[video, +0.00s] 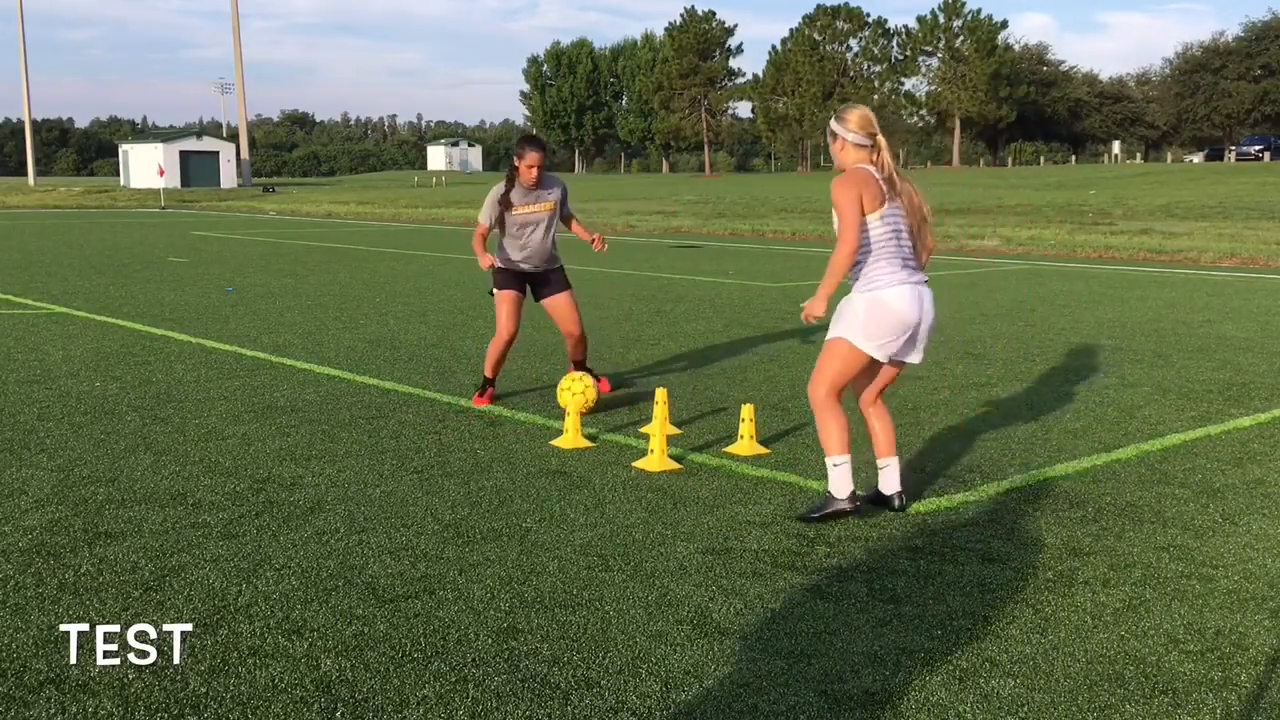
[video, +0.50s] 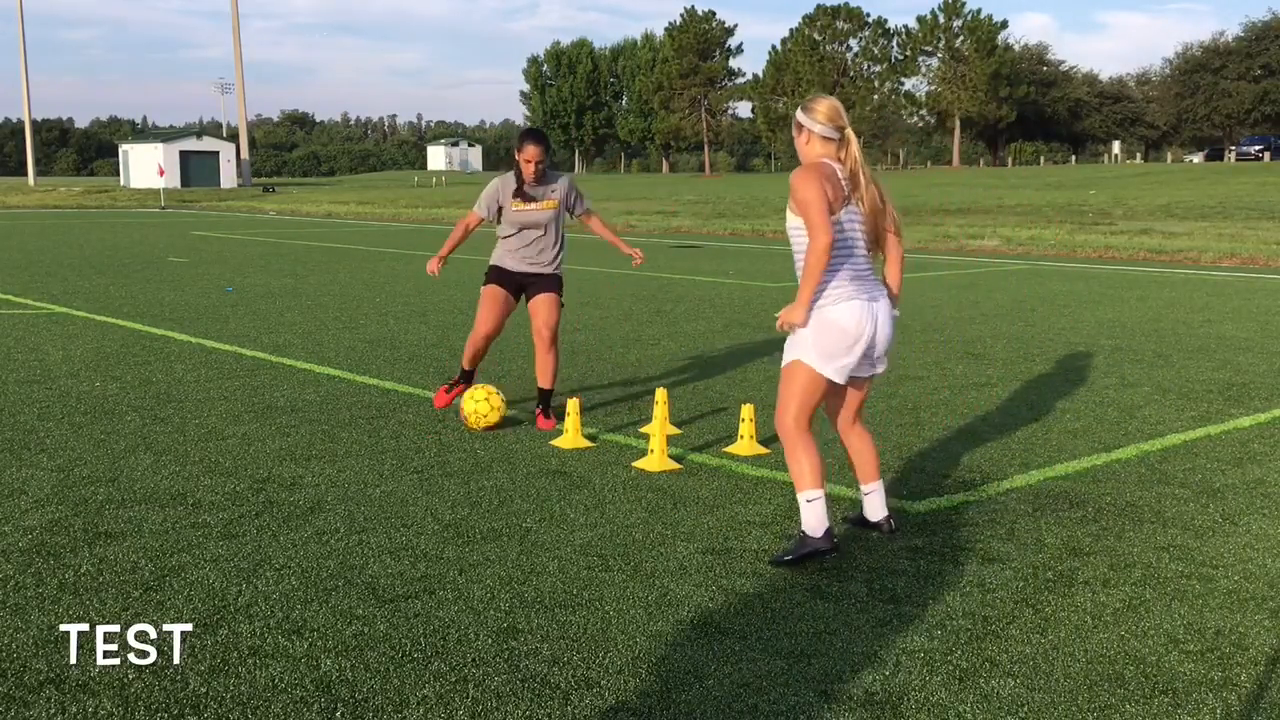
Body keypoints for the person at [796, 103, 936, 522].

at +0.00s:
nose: (830, 151)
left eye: (831, 143)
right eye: (830, 144)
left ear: (842, 142)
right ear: (872, 142)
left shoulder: (848, 181)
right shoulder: (899, 183)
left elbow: (848, 244)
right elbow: (925, 242)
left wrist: (821, 295)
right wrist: (901, 283)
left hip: (879, 299)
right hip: (918, 299)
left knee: (822, 389)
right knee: (870, 394)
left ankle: (841, 493)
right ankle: (891, 489)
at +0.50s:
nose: (794, 140)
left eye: (796, 133)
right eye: (796, 133)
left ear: (805, 134)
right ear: (839, 137)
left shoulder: (808, 175)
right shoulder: (862, 179)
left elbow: (821, 240)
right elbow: (892, 243)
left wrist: (800, 304)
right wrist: (889, 300)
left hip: (833, 312)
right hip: (876, 311)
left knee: (791, 420)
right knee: (847, 416)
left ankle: (816, 531)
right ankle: (878, 515)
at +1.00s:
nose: (741, 194)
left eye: (740, 185)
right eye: (740, 186)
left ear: (751, 180)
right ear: (782, 178)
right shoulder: (819, 210)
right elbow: (876, 245)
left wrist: (665, 309)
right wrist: (924, 283)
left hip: (842, 345)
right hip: (842, 340)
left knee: (762, 437)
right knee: (738, 390)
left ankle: (795, 554)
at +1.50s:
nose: (858, 169)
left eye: (860, 163)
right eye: (860, 163)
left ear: (868, 164)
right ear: (902, 163)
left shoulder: (860, 205)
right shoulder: (926, 202)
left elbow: (869, 269)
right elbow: (938, 245)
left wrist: (872, 327)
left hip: (865, 325)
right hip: (922, 327)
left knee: (849, 420)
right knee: (924, 440)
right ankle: (936, 525)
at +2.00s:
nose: (877, 177)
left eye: (877, 172)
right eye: (878, 172)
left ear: (882, 172)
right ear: (911, 171)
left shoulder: (872, 206)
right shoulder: (933, 203)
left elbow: (857, 257)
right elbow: (965, 255)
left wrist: (847, 304)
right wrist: (992, 286)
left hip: (896, 314)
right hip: (939, 309)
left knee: (897, 375)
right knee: (927, 353)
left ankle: (934, 443)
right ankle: (954, 415)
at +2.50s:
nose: (864, 152)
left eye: (865, 147)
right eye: (865, 147)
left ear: (872, 148)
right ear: (897, 149)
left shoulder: (861, 179)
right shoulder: (916, 185)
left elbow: (844, 224)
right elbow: (936, 240)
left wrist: (829, 263)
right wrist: (929, 263)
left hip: (868, 283)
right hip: (911, 285)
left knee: (847, 353)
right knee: (889, 351)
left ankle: (863, 429)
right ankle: (887, 419)